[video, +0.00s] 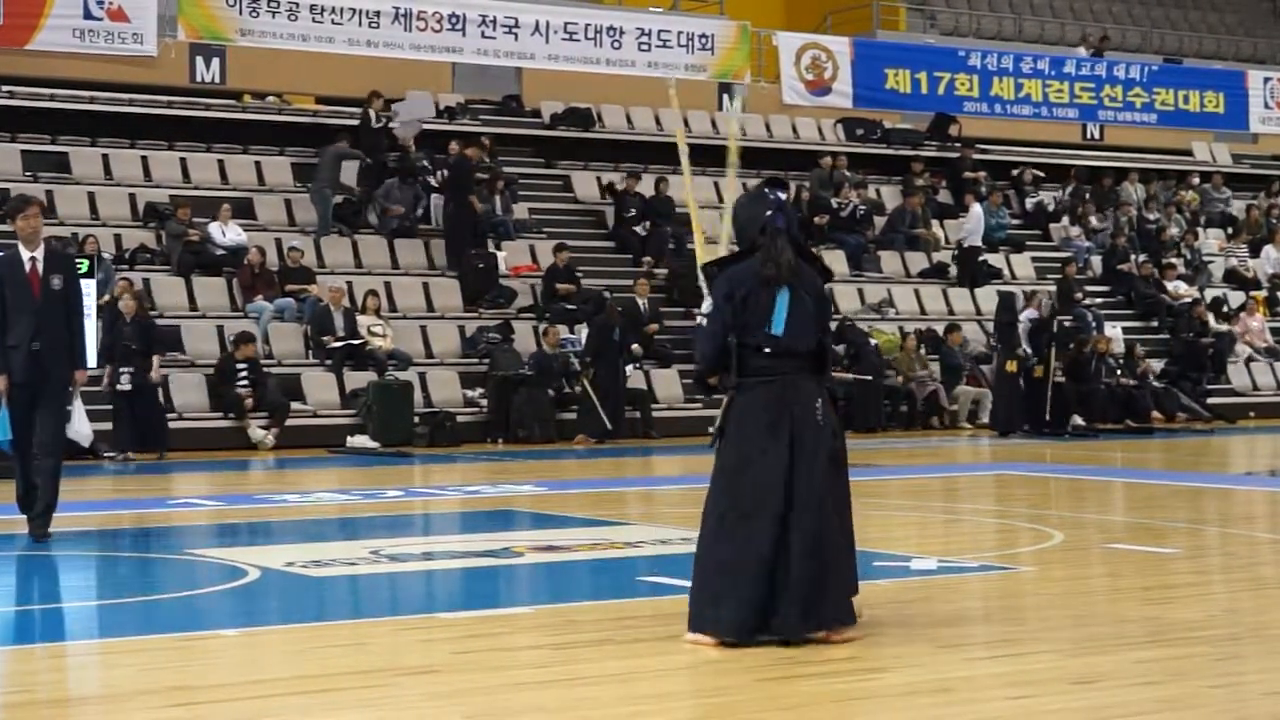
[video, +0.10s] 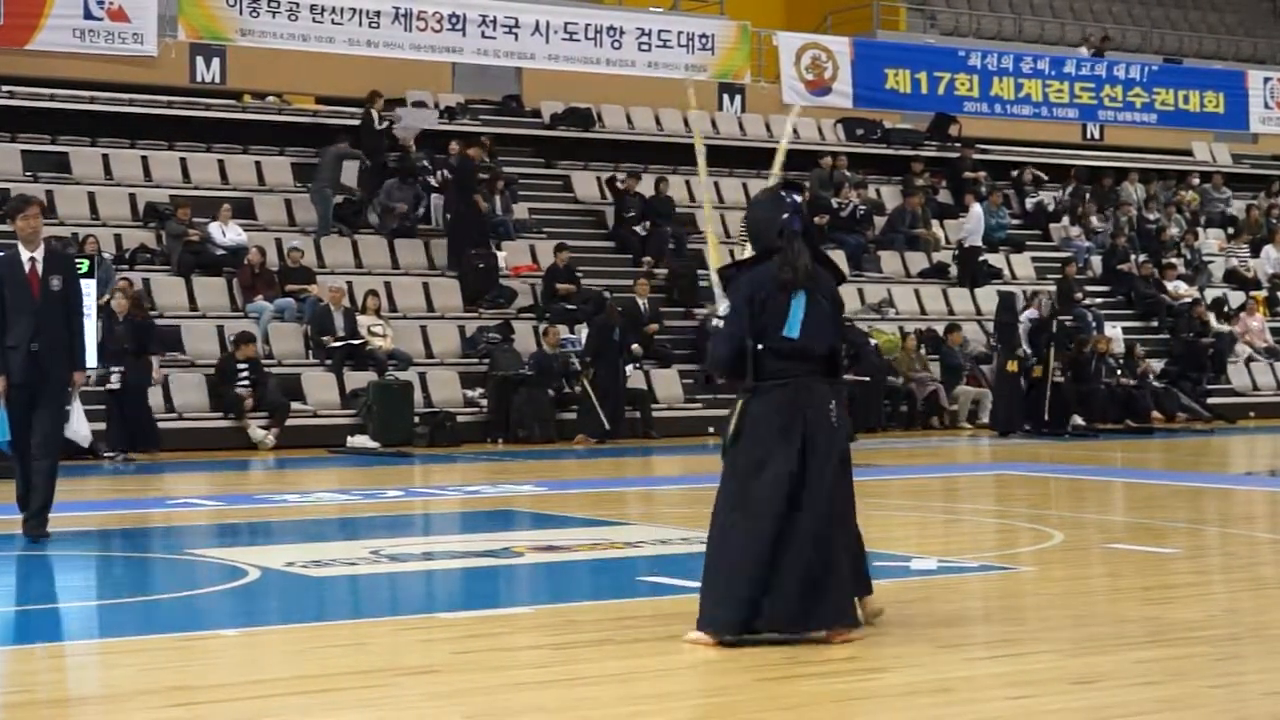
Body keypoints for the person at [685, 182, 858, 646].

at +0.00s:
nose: (736, 236)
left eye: (738, 228)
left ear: (745, 231)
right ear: (787, 226)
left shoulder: (734, 279)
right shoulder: (812, 280)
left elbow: (709, 352)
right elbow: (821, 353)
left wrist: (723, 370)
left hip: (754, 407)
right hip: (809, 407)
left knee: (736, 510)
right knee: (816, 509)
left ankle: (716, 622)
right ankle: (825, 617)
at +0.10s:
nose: (746, 234)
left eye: (750, 227)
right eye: (749, 227)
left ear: (760, 232)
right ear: (799, 227)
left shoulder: (750, 282)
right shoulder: (824, 280)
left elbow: (725, 354)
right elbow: (836, 348)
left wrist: (738, 371)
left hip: (769, 405)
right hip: (822, 405)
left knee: (742, 510)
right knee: (825, 507)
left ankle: (718, 622)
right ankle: (836, 615)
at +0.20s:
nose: (759, 236)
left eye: (763, 229)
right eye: (762, 228)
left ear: (774, 234)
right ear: (810, 229)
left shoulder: (765, 285)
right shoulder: (836, 283)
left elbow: (740, 353)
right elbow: (849, 352)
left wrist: (738, 373)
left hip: (781, 406)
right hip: (831, 404)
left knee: (748, 508)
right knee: (832, 507)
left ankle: (723, 619)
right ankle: (838, 616)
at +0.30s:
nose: (768, 225)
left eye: (773, 217)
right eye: (770, 216)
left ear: (785, 224)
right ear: (820, 220)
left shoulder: (775, 275)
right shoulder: (847, 276)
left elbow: (749, 343)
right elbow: (852, 343)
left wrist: (746, 365)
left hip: (789, 398)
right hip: (839, 397)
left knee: (762, 500)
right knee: (838, 500)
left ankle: (744, 612)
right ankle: (841, 613)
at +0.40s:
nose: (772, 220)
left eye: (776, 212)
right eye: (775, 212)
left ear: (785, 217)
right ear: (825, 212)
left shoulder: (773, 267)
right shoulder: (850, 265)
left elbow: (751, 338)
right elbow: (860, 338)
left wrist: (752, 360)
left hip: (791, 393)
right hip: (842, 390)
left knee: (774, 496)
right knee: (846, 493)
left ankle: (765, 607)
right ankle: (853, 604)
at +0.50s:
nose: (781, 229)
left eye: (783, 222)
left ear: (789, 226)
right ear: (833, 224)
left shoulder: (776, 279)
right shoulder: (855, 281)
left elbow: (750, 347)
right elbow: (865, 345)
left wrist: (756, 369)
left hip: (797, 405)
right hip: (852, 404)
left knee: (783, 505)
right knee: (866, 504)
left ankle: (773, 615)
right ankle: (897, 608)